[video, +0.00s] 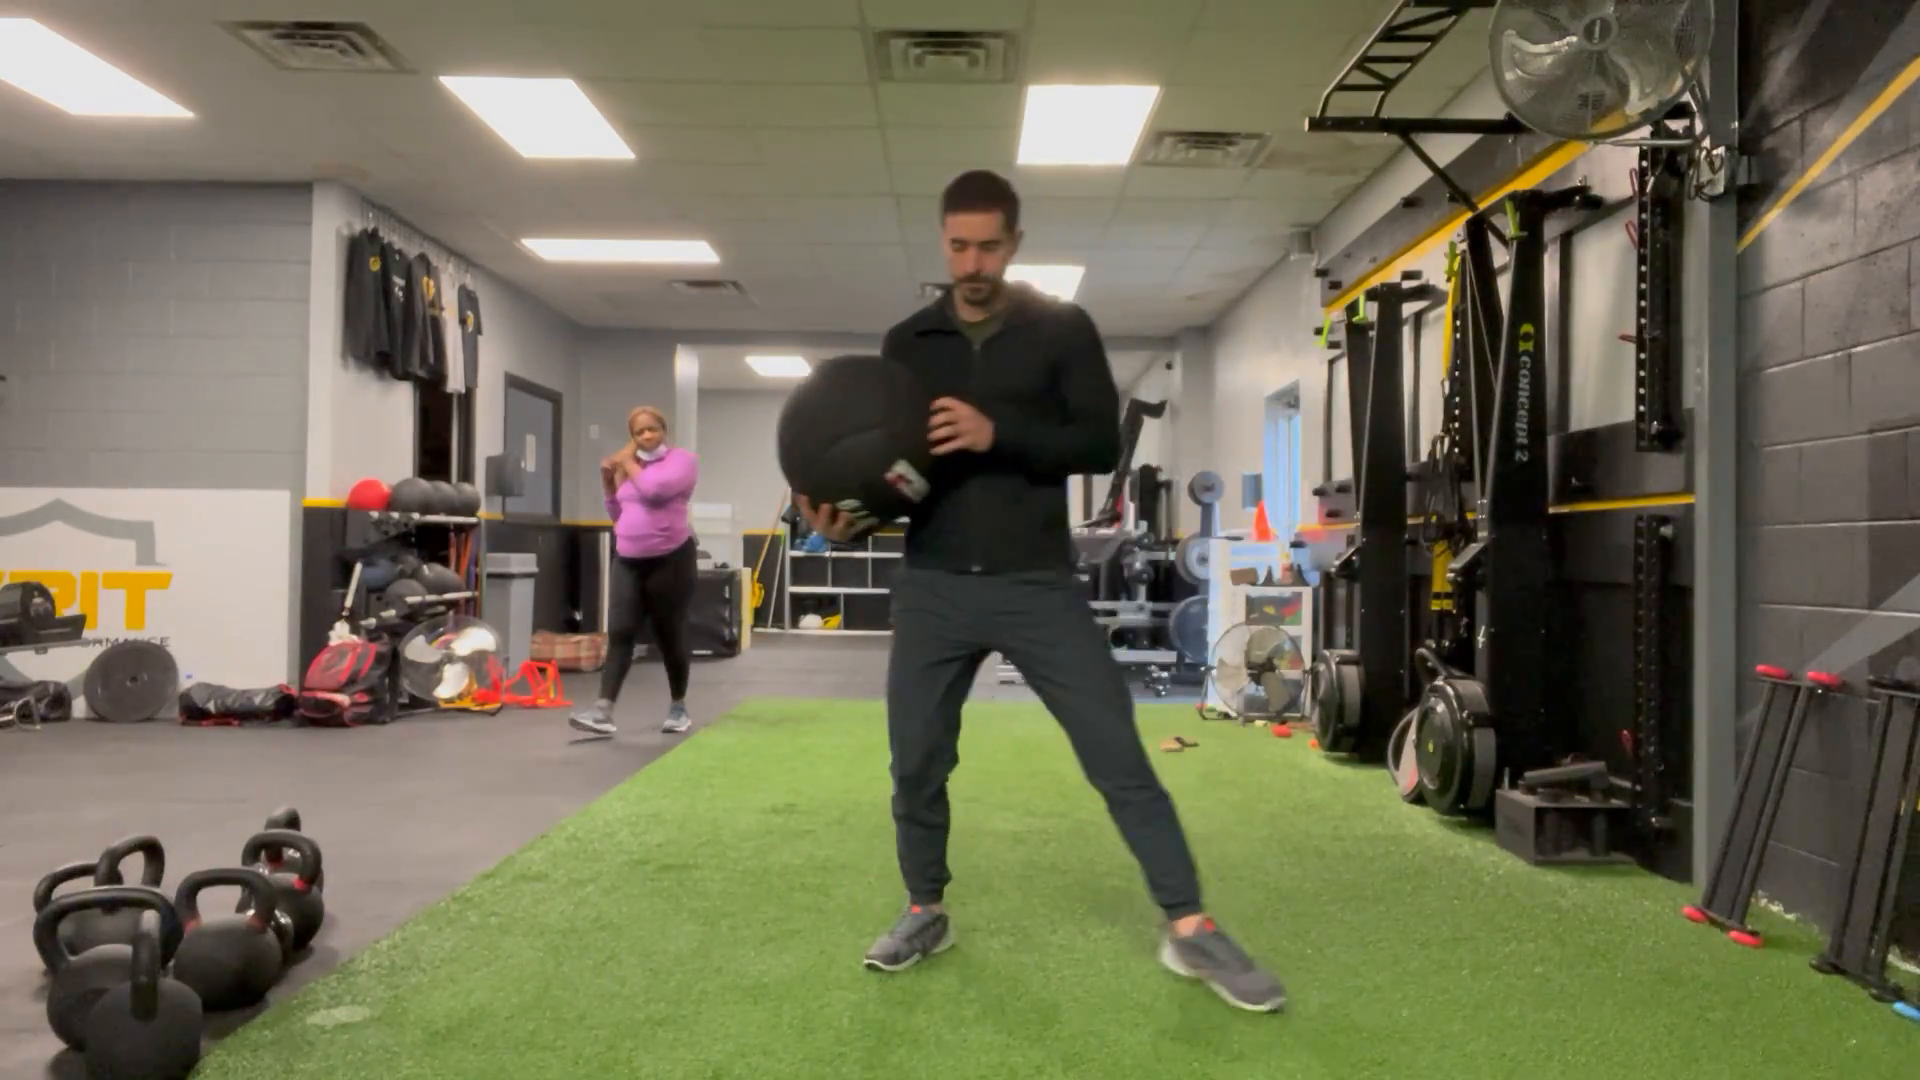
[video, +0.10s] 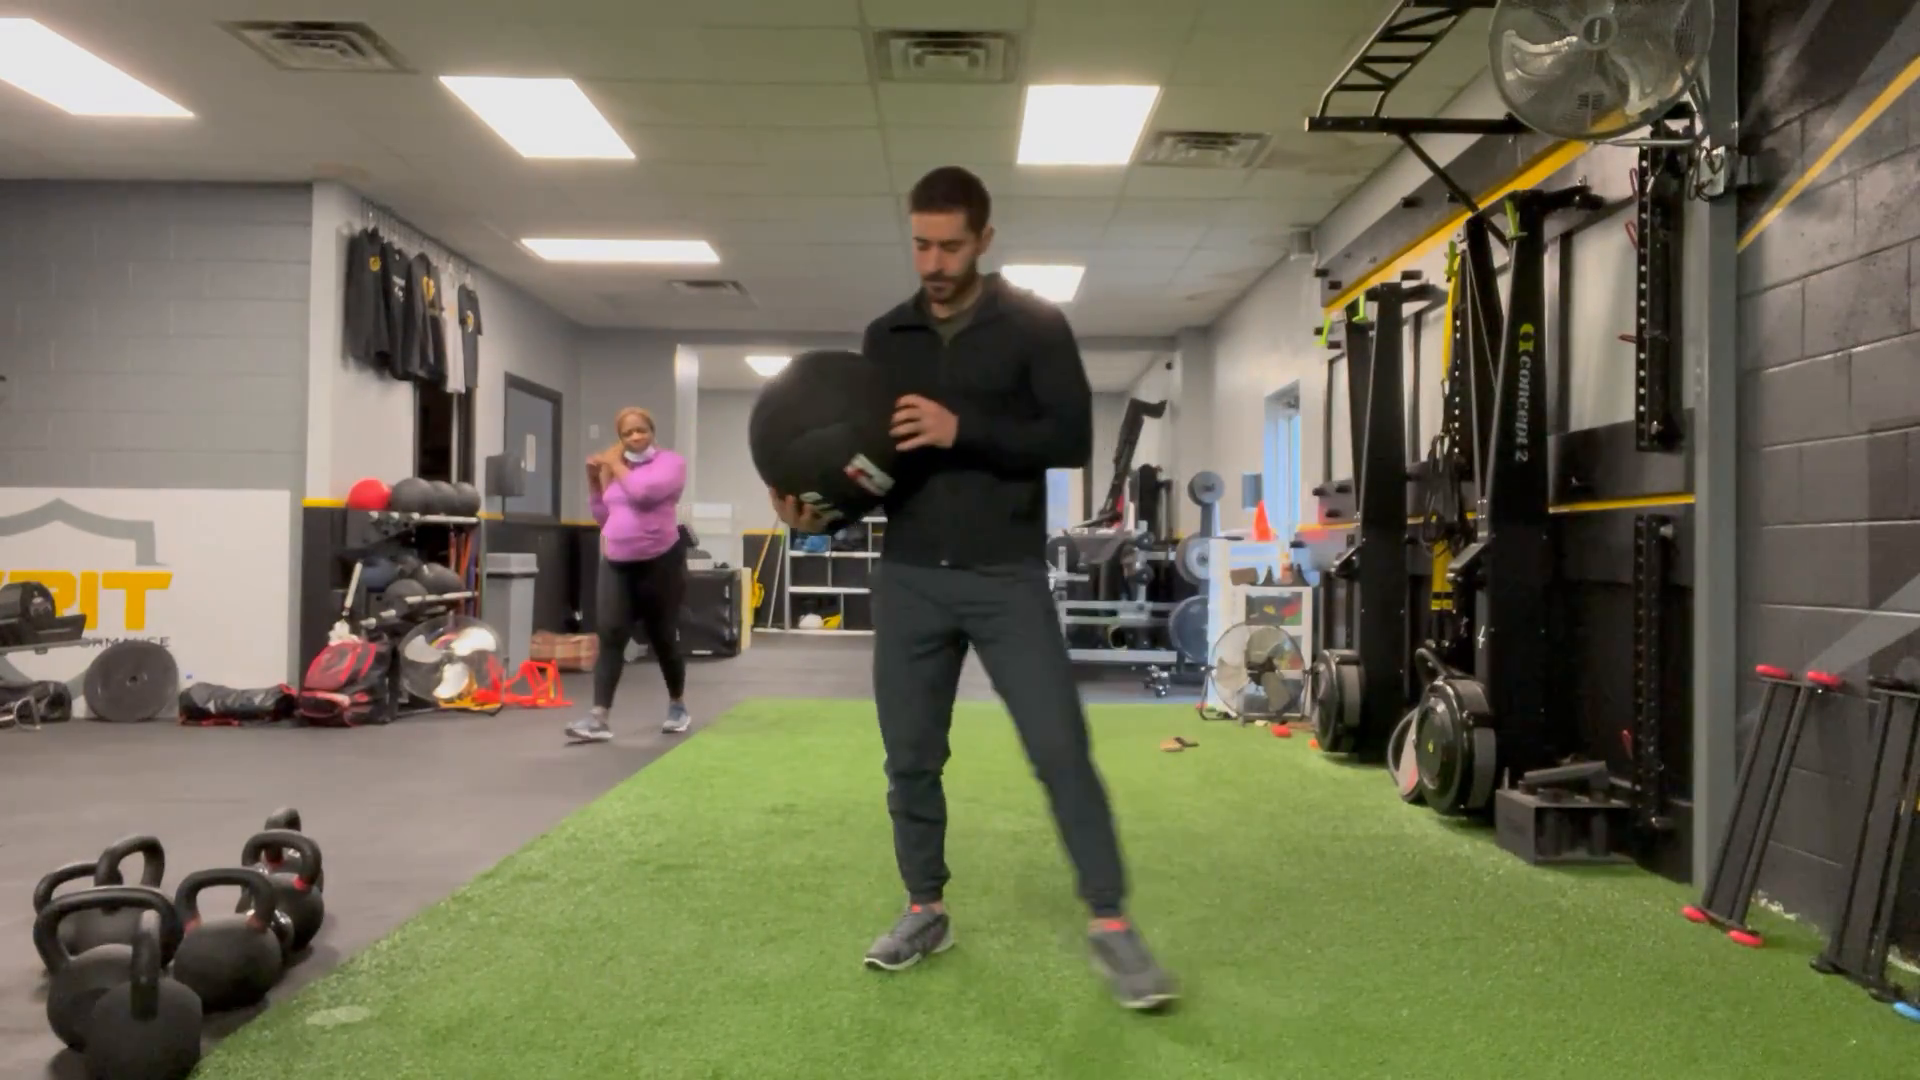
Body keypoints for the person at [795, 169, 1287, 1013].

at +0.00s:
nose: (973, 262)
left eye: (989, 247)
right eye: (960, 246)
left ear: (1015, 246)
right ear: (942, 245)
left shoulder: (1063, 330)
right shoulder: (908, 343)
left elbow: (1102, 446)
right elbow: (880, 459)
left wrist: (996, 433)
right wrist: (835, 506)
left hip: (1039, 588)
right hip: (932, 589)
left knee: (1120, 760)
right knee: (915, 764)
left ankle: (1188, 924)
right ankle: (924, 911)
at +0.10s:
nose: (933, 262)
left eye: (950, 245)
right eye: (922, 244)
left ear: (984, 239)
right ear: (909, 241)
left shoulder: (1038, 327)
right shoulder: (889, 336)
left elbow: (1071, 440)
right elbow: (869, 460)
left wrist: (961, 430)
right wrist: (815, 504)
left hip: (1008, 579)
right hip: (910, 578)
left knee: (1061, 748)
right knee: (909, 757)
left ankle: (1110, 921)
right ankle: (923, 909)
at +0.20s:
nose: (904, 259)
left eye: (920, 243)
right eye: (893, 242)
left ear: (958, 235)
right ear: (882, 235)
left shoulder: (1012, 320)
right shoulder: (869, 331)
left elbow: (1054, 430)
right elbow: (847, 452)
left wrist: (942, 425)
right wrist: (791, 493)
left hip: (984, 568)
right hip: (892, 570)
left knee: (981, 743)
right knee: (904, 752)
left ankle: (1008, 928)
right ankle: (924, 910)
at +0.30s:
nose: (877, 259)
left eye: (893, 243)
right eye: (867, 242)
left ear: (935, 234)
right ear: (860, 235)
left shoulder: (991, 316)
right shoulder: (853, 327)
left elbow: (1041, 426)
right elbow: (828, 443)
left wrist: (929, 428)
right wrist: (770, 486)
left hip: (962, 564)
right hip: (873, 565)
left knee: (910, 733)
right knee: (890, 740)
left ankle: (897, 922)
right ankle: (923, 901)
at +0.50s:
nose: (832, 266)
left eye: (847, 250)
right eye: (822, 249)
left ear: (893, 235)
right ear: (817, 239)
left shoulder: (952, 319)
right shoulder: (816, 329)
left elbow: (1010, 429)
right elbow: (790, 457)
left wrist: (903, 447)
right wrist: (724, 482)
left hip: (908, 576)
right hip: (829, 572)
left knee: (830, 741)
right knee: (876, 745)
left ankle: (766, 941)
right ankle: (926, 907)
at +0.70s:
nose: (783, 258)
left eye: (800, 242)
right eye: (773, 240)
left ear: (845, 226)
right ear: (766, 226)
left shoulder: (900, 312)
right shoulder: (761, 314)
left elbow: (959, 430)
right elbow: (729, 431)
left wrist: (859, 451)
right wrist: (659, 460)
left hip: (848, 571)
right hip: (770, 568)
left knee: (783, 743)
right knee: (816, 744)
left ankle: (757, 949)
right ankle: (910, 884)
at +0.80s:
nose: (756, 252)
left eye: (772, 236)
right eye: (747, 235)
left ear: (821, 216)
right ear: (740, 219)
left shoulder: (877, 304)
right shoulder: (738, 300)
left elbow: (937, 425)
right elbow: (714, 422)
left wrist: (837, 443)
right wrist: (635, 444)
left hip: (822, 567)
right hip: (738, 561)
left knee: (771, 749)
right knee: (741, 754)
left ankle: (756, 951)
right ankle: (867, 865)